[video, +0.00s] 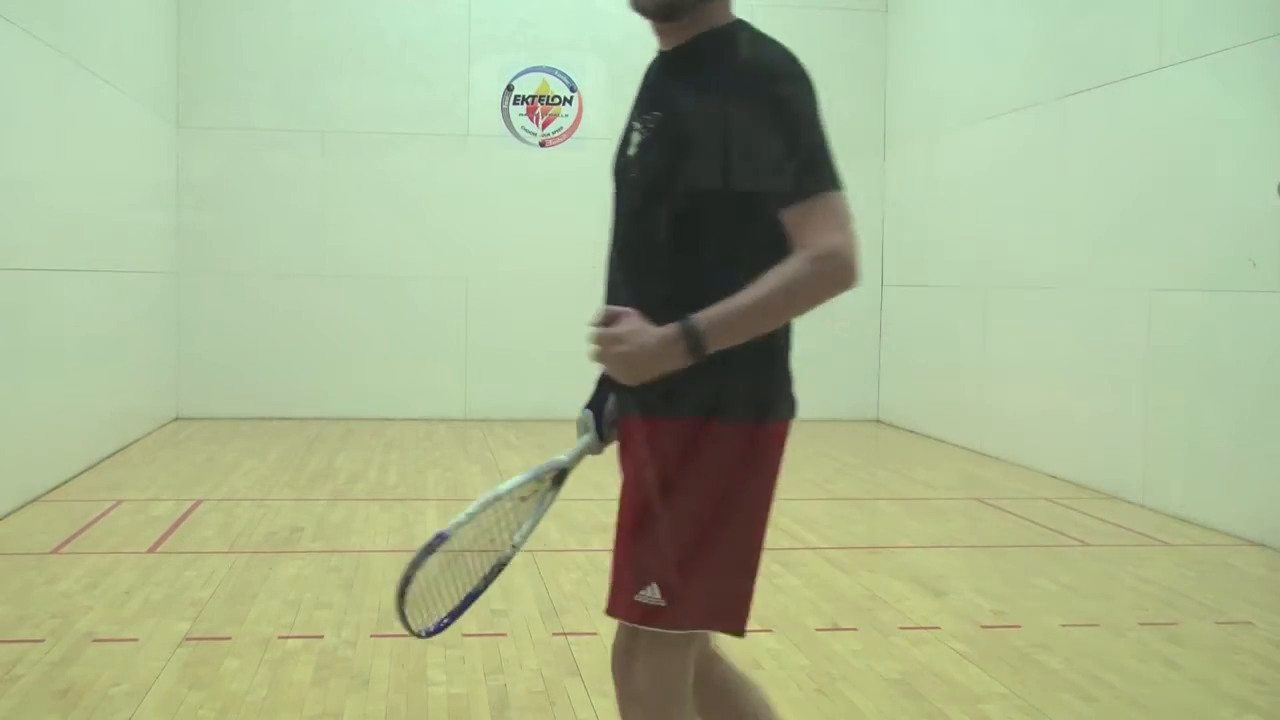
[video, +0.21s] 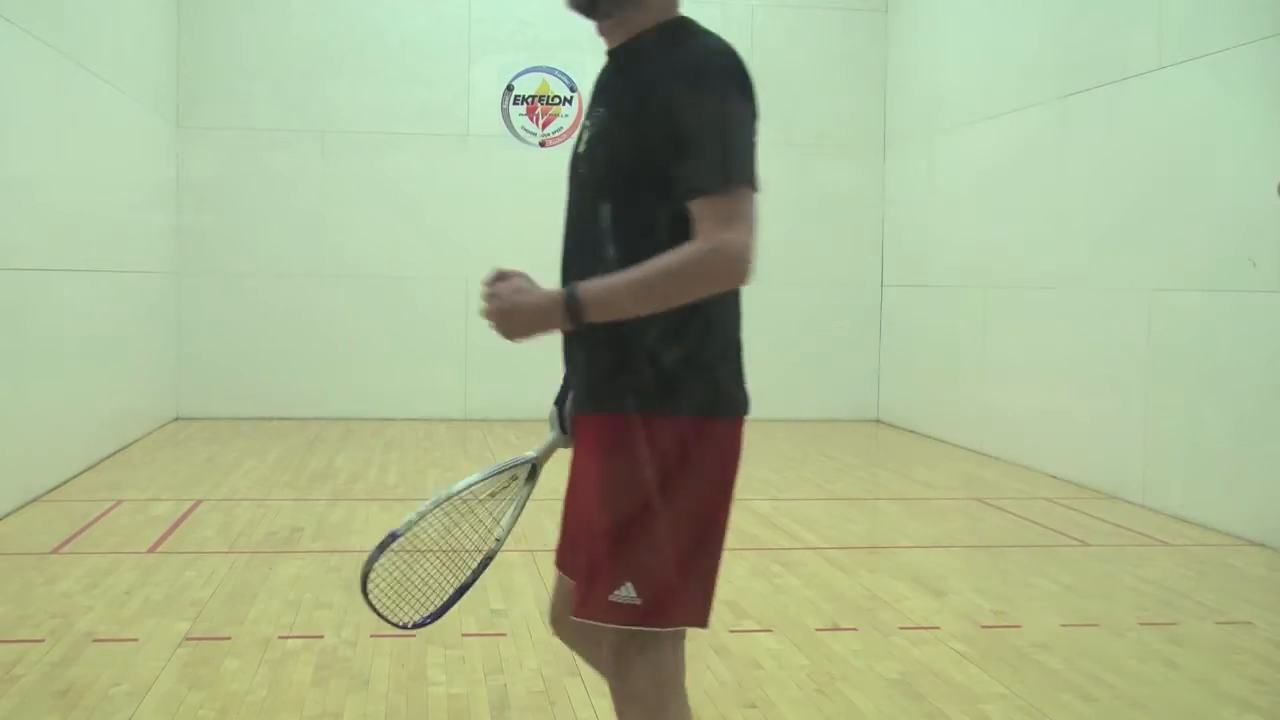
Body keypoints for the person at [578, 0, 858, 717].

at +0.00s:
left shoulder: (757, 73)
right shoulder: (668, 74)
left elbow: (831, 259)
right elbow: (680, 254)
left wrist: (675, 343)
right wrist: (624, 379)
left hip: (719, 410)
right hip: (666, 404)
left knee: (649, 666)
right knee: (680, 653)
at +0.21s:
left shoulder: (697, 65)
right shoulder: (625, 71)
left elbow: (727, 252)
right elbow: (632, 245)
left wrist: (560, 307)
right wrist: (586, 377)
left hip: (668, 401)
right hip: (622, 395)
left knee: (643, 650)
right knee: (579, 616)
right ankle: (667, 704)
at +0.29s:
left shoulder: (662, 66)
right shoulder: (613, 73)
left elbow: (680, 251)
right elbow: (625, 251)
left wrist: (515, 289)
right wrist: (575, 389)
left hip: (647, 401)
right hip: (606, 397)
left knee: (625, 630)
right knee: (569, 605)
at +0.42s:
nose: (517, 6)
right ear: (599, 3)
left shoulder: (608, 72)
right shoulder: (623, 76)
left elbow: (609, 250)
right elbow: (624, 278)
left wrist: (470, 290)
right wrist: (556, 418)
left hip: (610, 403)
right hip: (592, 401)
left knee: (609, 640)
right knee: (559, 613)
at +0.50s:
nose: (512, 9)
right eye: (517, 1)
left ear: (539, 5)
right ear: (603, 9)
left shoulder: (578, 83)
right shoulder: (647, 91)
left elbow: (566, 247)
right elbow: (629, 274)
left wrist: (452, 300)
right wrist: (540, 405)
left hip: (576, 406)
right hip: (623, 399)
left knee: (570, 632)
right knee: (561, 620)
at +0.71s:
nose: (518, 18)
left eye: (518, 11)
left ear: (522, 10)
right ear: (596, 20)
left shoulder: (504, 90)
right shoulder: (651, 106)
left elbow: (475, 235)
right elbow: (678, 259)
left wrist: (444, 301)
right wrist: (632, 347)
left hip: (518, 389)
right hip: (615, 392)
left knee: (462, 604)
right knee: (572, 606)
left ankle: (509, 714)